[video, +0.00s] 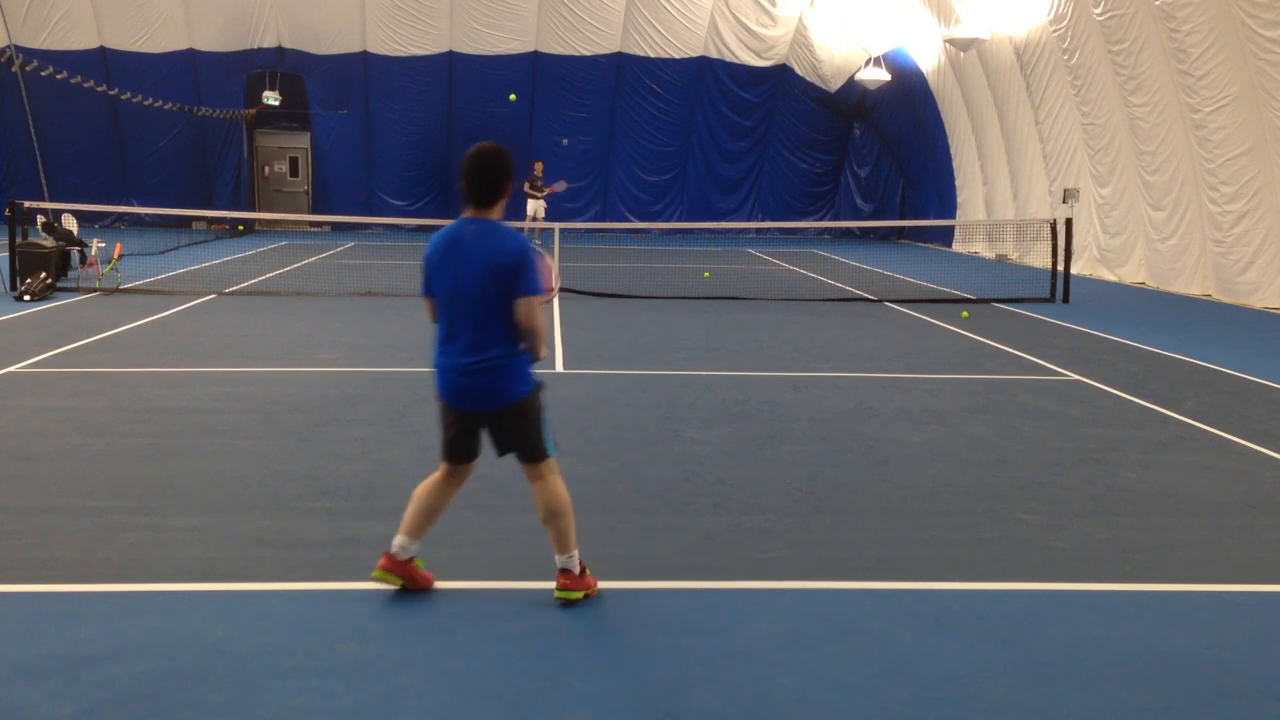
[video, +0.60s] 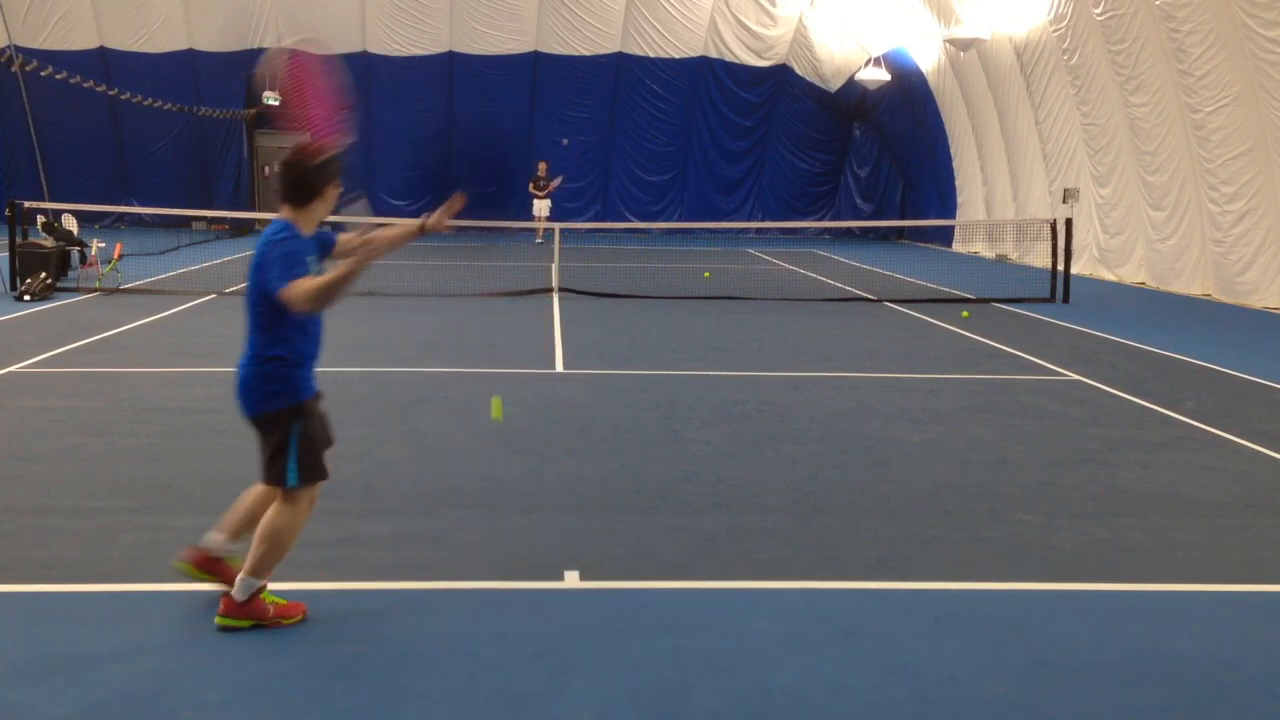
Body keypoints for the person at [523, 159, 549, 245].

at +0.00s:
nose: (539, 167)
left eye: (540, 165)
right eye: (537, 165)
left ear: (542, 167)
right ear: (534, 166)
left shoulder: (542, 178)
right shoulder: (531, 177)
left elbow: (540, 188)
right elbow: (525, 188)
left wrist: (546, 191)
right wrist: (537, 194)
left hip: (540, 200)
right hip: (531, 200)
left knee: (540, 219)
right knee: (529, 218)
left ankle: (537, 238)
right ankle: (525, 237)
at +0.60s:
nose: (542, 167)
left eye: (543, 166)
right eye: (540, 165)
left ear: (546, 167)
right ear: (538, 167)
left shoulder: (548, 178)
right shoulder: (534, 178)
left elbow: (551, 187)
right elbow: (530, 189)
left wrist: (545, 192)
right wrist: (538, 193)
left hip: (545, 200)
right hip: (537, 200)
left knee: (543, 218)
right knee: (537, 218)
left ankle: (540, 236)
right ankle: (538, 236)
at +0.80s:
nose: (544, 166)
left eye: (546, 164)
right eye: (543, 164)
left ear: (549, 166)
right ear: (541, 165)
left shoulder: (552, 176)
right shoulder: (538, 176)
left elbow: (557, 186)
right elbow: (533, 186)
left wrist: (549, 191)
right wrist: (541, 191)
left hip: (549, 198)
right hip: (540, 199)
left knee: (551, 217)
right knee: (539, 217)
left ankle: (552, 236)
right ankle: (539, 237)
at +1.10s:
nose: (551, 166)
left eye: (553, 164)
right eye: (550, 164)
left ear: (556, 165)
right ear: (548, 165)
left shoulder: (559, 175)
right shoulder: (545, 175)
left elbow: (564, 184)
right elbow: (541, 185)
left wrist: (559, 189)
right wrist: (548, 192)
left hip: (557, 197)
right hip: (547, 198)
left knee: (558, 216)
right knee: (545, 216)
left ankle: (559, 235)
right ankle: (543, 235)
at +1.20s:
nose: (552, 166)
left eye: (554, 164)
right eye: (551, 164)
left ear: (557, 165)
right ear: (548, 165)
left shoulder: (560, 175)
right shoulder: (545, 174)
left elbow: (565, 184)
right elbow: (542, 183)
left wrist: (561, 189)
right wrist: (549, 191)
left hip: (558, 197)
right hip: (548, 197)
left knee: (561, 216)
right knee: (546, 216)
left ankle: (562, 234)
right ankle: (543, 235)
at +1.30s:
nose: (553, 168)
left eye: (555, 166)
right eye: (552, 166)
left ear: (558, 168)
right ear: (550, 168)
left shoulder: (561, 177)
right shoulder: (546, 177)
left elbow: (566, 186)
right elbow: (543, 187)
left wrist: (558, 192)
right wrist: (550, 194)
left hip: (559, 200)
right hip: (549, 200)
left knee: (563, 217)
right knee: (547, 217)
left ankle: (568, 236)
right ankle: (544, 236)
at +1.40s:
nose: (554, 170)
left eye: (556, 168)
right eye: (553, 168)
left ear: (559, 170)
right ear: (551, 170)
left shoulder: (563, 179)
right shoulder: (549, 180)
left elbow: (567, 189)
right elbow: (546, 190)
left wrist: (559, 193)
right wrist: (551, 196)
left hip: (561, 201)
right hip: (552, 201)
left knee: (564, 219)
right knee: (549, 218)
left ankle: (569, 236)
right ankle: (545, 236)